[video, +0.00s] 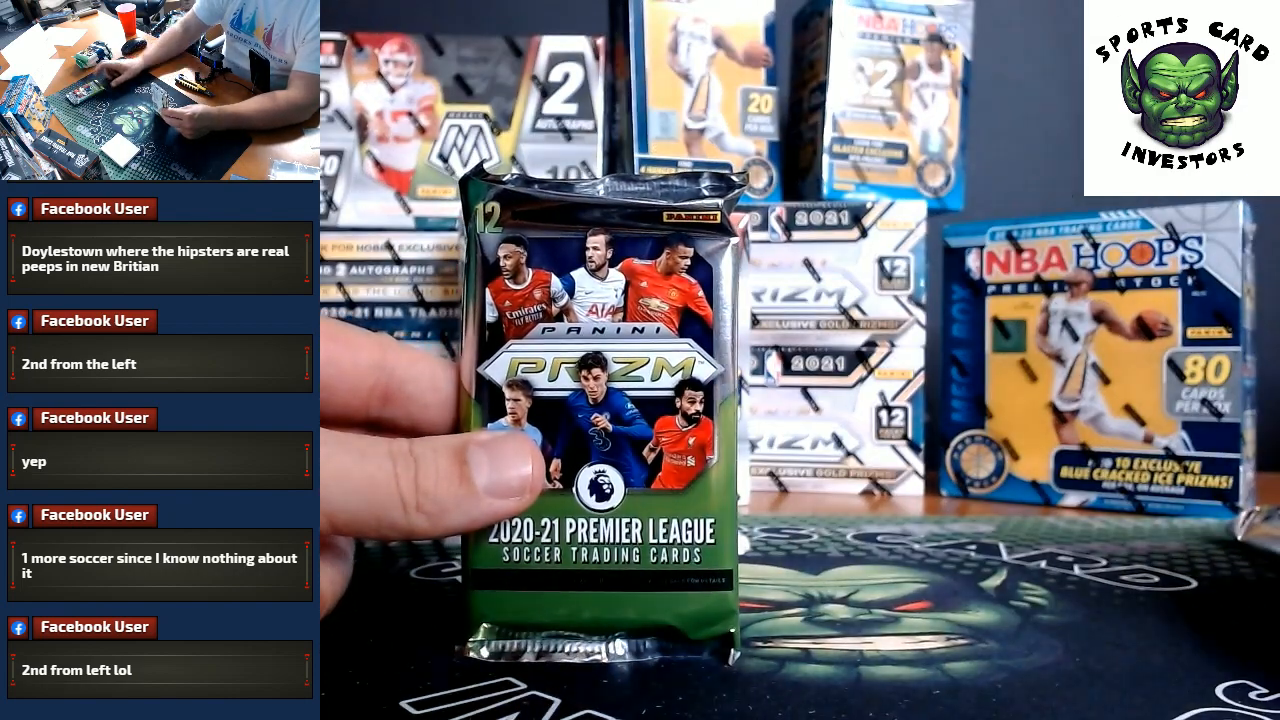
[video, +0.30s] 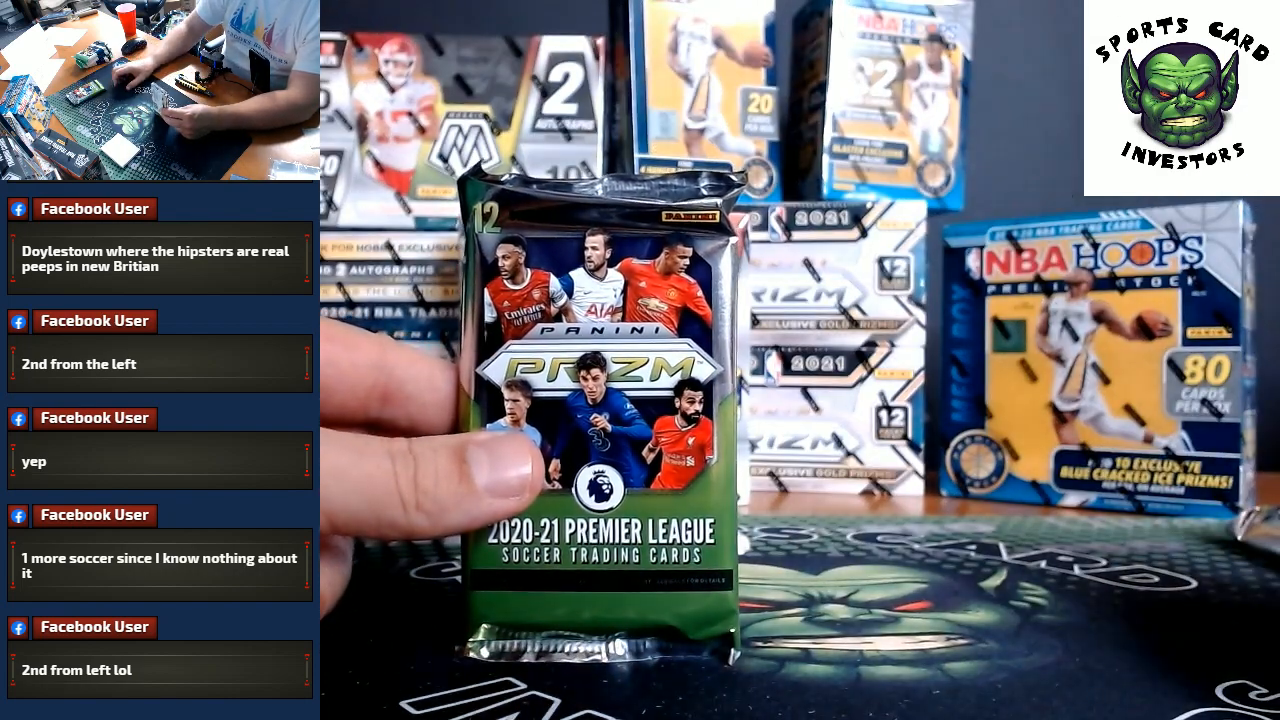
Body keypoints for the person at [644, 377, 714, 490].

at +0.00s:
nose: (698, 408)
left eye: (701, 402)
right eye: (691, 402)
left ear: (704, 403)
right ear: (678, 403)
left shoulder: (708, 429)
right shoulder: (662, 424)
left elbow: (713, 465)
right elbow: (652, 448)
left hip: (691, 495)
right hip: (661, 490)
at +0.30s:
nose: (697, 408)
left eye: (701, 402)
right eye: (691, 402)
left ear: (703, 402)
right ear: (677, 403)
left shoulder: (707, 429)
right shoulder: (662, 424)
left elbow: (713, 466)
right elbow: (651, 449)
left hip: (690, 495)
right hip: (660, 490)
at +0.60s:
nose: (696, 407)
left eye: (699, 401)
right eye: (689, 401)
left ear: (702, 401)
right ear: (676, 402)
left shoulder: (706, 428)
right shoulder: (660, 423)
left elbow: (712, 466)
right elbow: (650, 448)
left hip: (689, 494)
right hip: (659, 489)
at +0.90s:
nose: (696, 408)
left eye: (699, 402)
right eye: (689, 402)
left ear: (701, 402)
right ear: (675, 403)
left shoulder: (706, 429)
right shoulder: (660, 425)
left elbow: (711, 466)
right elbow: (650, 449)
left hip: (689, 494)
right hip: (659, 490)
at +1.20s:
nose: (695, 407)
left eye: (698, 401)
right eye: (688, 402)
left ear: (701, 401)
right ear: (674, 402)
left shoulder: (705, 428)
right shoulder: (659, 424)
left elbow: (711, 466)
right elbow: (649, 448)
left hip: (688, 494)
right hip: (658, 490)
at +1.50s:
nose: (701, 407)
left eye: (704, 401)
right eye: (694, 401)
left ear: (707, 401)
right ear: (681, 401)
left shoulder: (710, 426)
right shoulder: (665, 423)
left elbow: (715, 461)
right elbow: (655, 447)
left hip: (694, 492)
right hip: (664, 488)